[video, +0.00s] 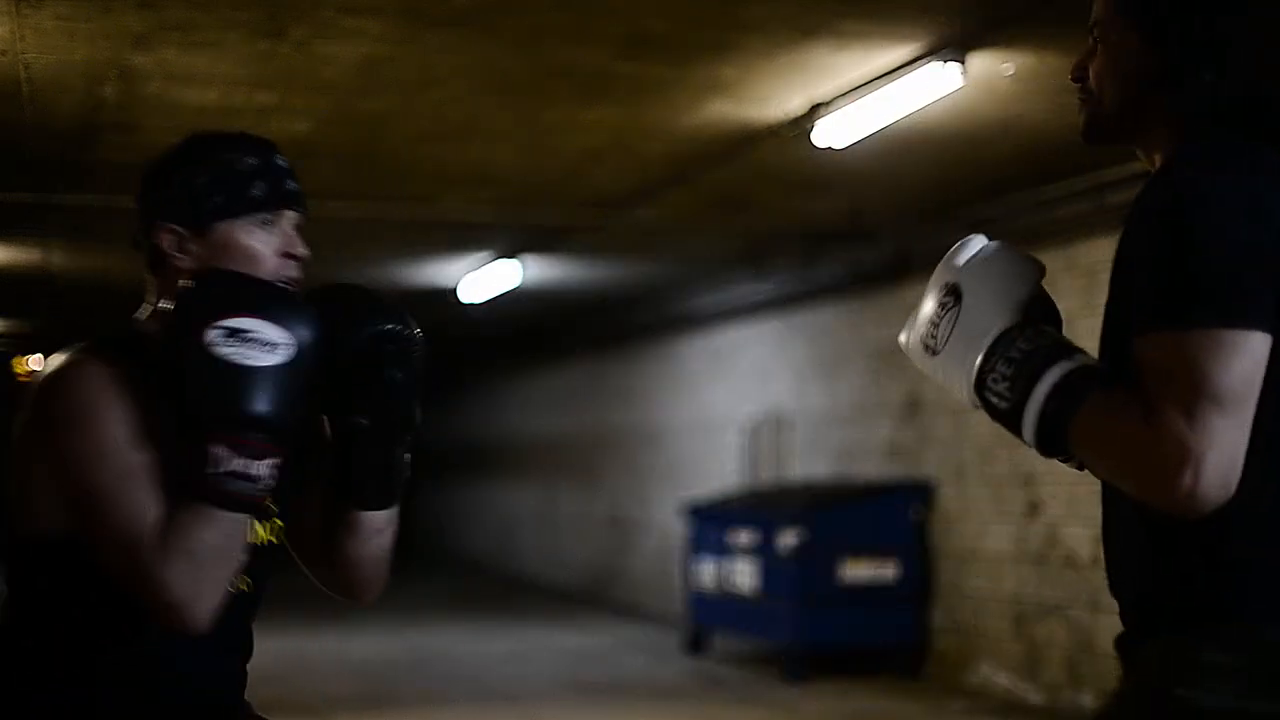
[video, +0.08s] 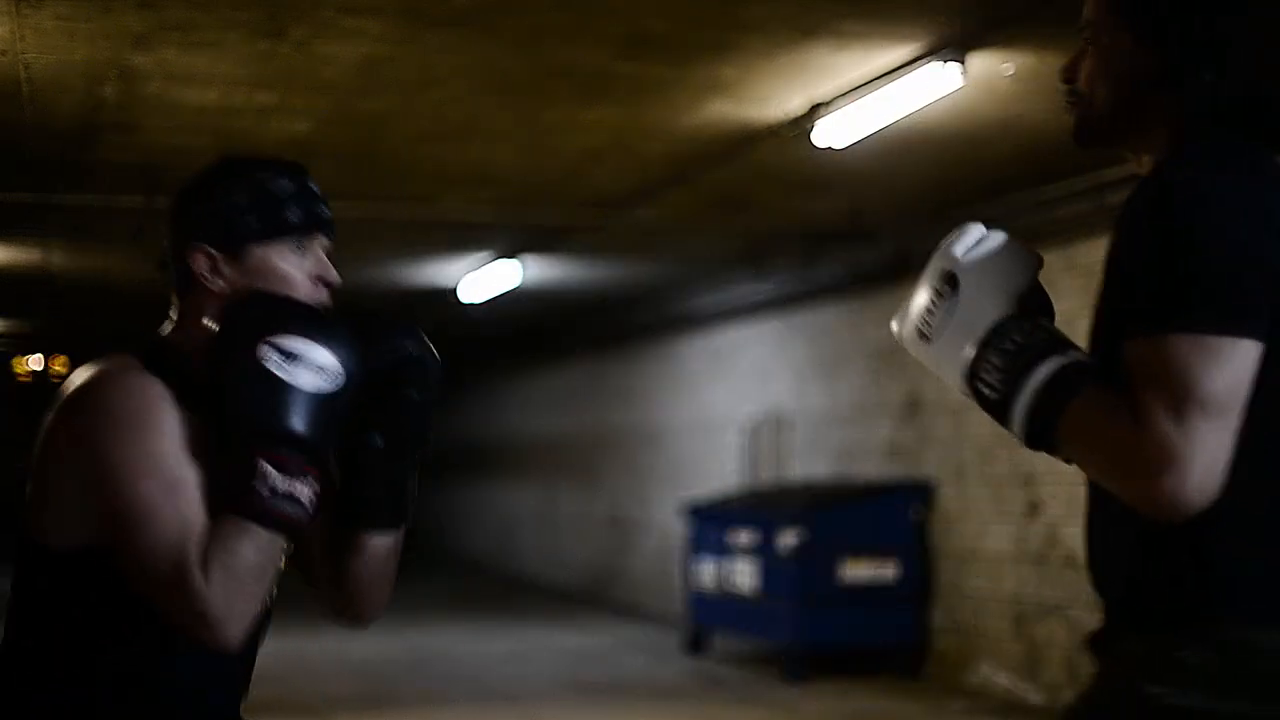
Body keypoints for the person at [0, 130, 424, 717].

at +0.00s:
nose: (298, 249)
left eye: (296, 227)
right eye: (266, 224)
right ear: (180, 246)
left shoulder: (257, 384)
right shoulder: (88, 388)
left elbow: (356, 580)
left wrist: (380, 422)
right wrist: (245, 427)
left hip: (213, 700)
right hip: (91, 709)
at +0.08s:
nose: (331, 278)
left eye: (325, 252)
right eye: (302, 248)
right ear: (212, 268)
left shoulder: (240, 402)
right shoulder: (122, 399)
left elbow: (355, 602)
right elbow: (219, 616)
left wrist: (389, 440)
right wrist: (286, 439)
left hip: (194, 705)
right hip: (96, 705)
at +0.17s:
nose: (343, 292)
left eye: (338, 268)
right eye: (316, 266)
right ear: (228, 280)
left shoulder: (241, 410)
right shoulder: (127, 410)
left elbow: (318, 616)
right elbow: (215, 631)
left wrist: (379, 472)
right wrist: (302, 465)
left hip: (190, 707)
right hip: (99, 714)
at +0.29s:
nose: (290, 290)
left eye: (287, 262)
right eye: (256, 264)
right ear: (170, 279)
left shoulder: (263, 403)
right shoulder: (60, 421)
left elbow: (347, 590)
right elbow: (119, 649)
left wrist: (355, 432)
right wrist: (202, 480)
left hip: (222, 699)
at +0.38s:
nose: (207, 350)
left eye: (219, 318)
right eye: (175, 326)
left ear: (235, 318)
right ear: (112, 339)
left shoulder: (261, 432)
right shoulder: (48, 458)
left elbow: (369, 629)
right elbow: (47, 691)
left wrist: (328, 487)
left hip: (224, 705)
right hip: (98, 711)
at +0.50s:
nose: (273, 321)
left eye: (272, 295)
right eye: (241, 301)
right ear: (169, 319)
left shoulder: (279, 429)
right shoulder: (93, 458)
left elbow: (377, 595)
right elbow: (161, 681)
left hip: (245, 705)